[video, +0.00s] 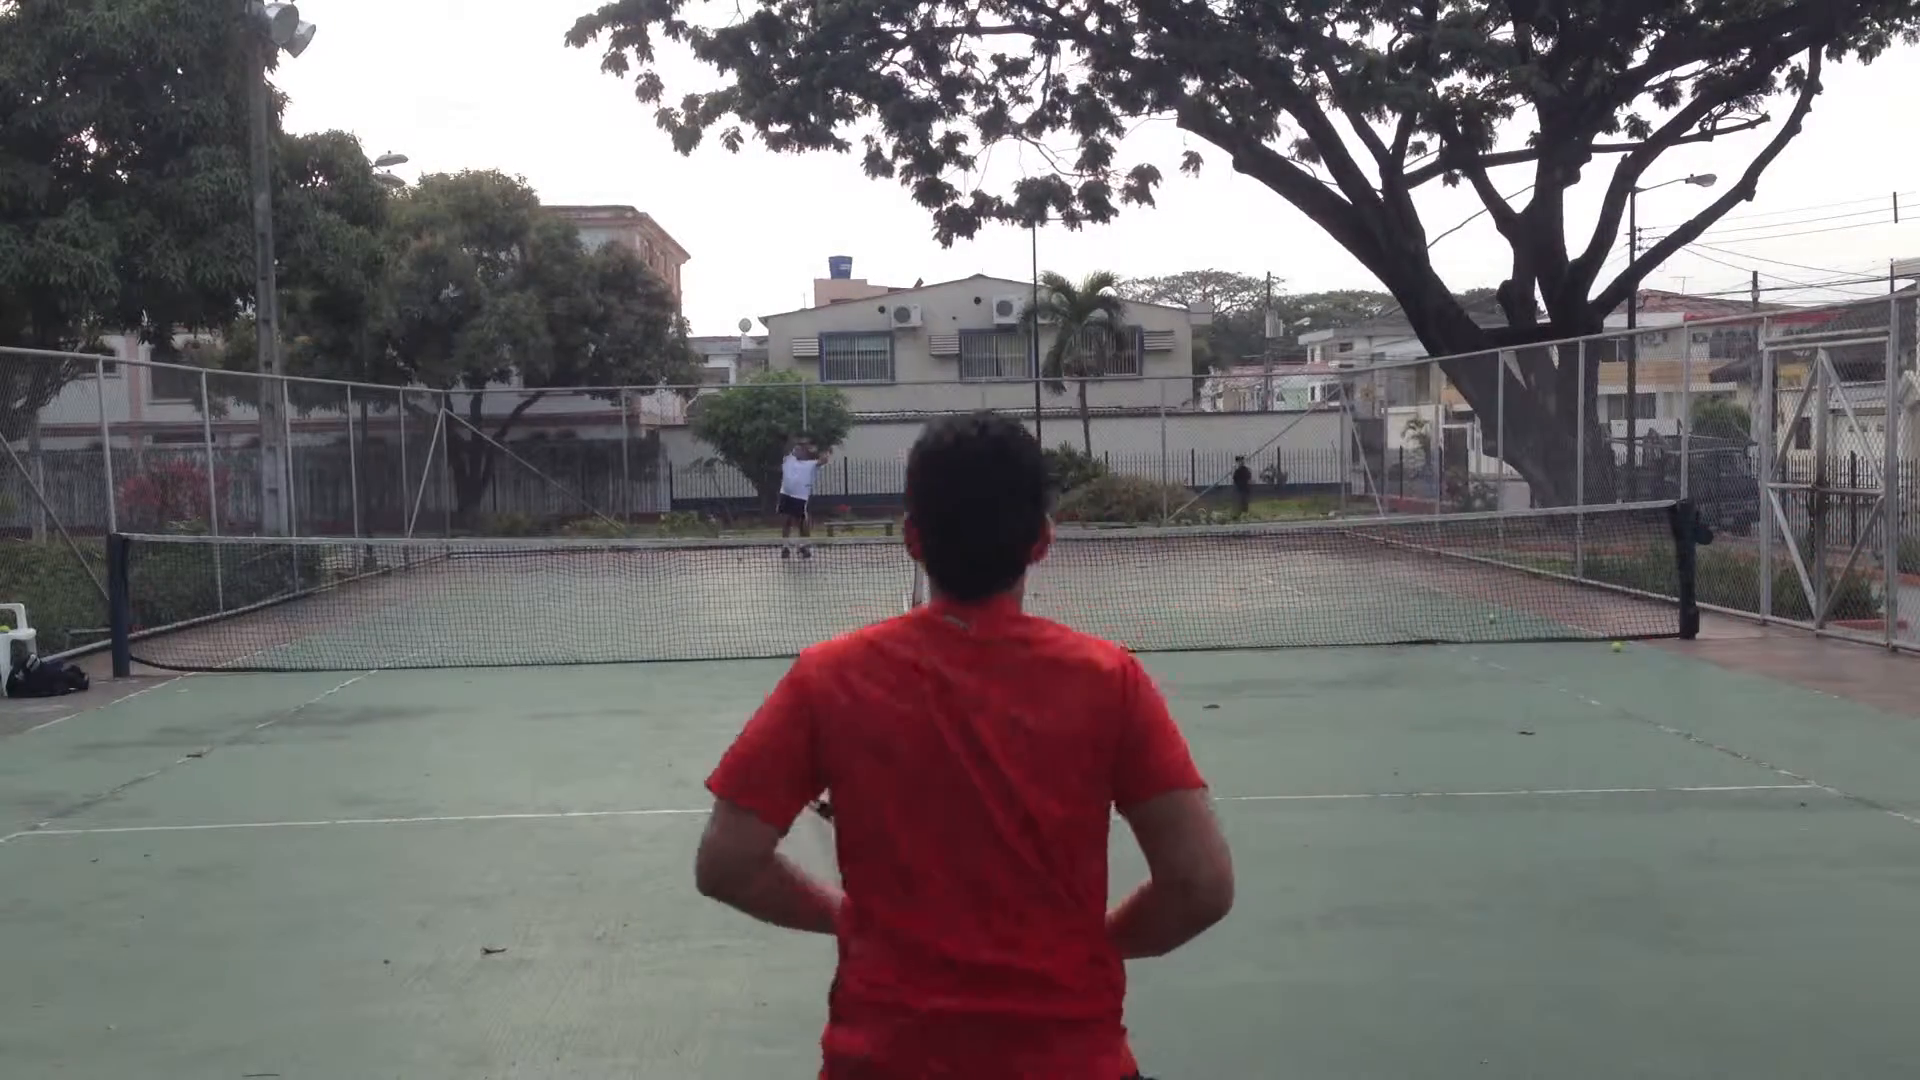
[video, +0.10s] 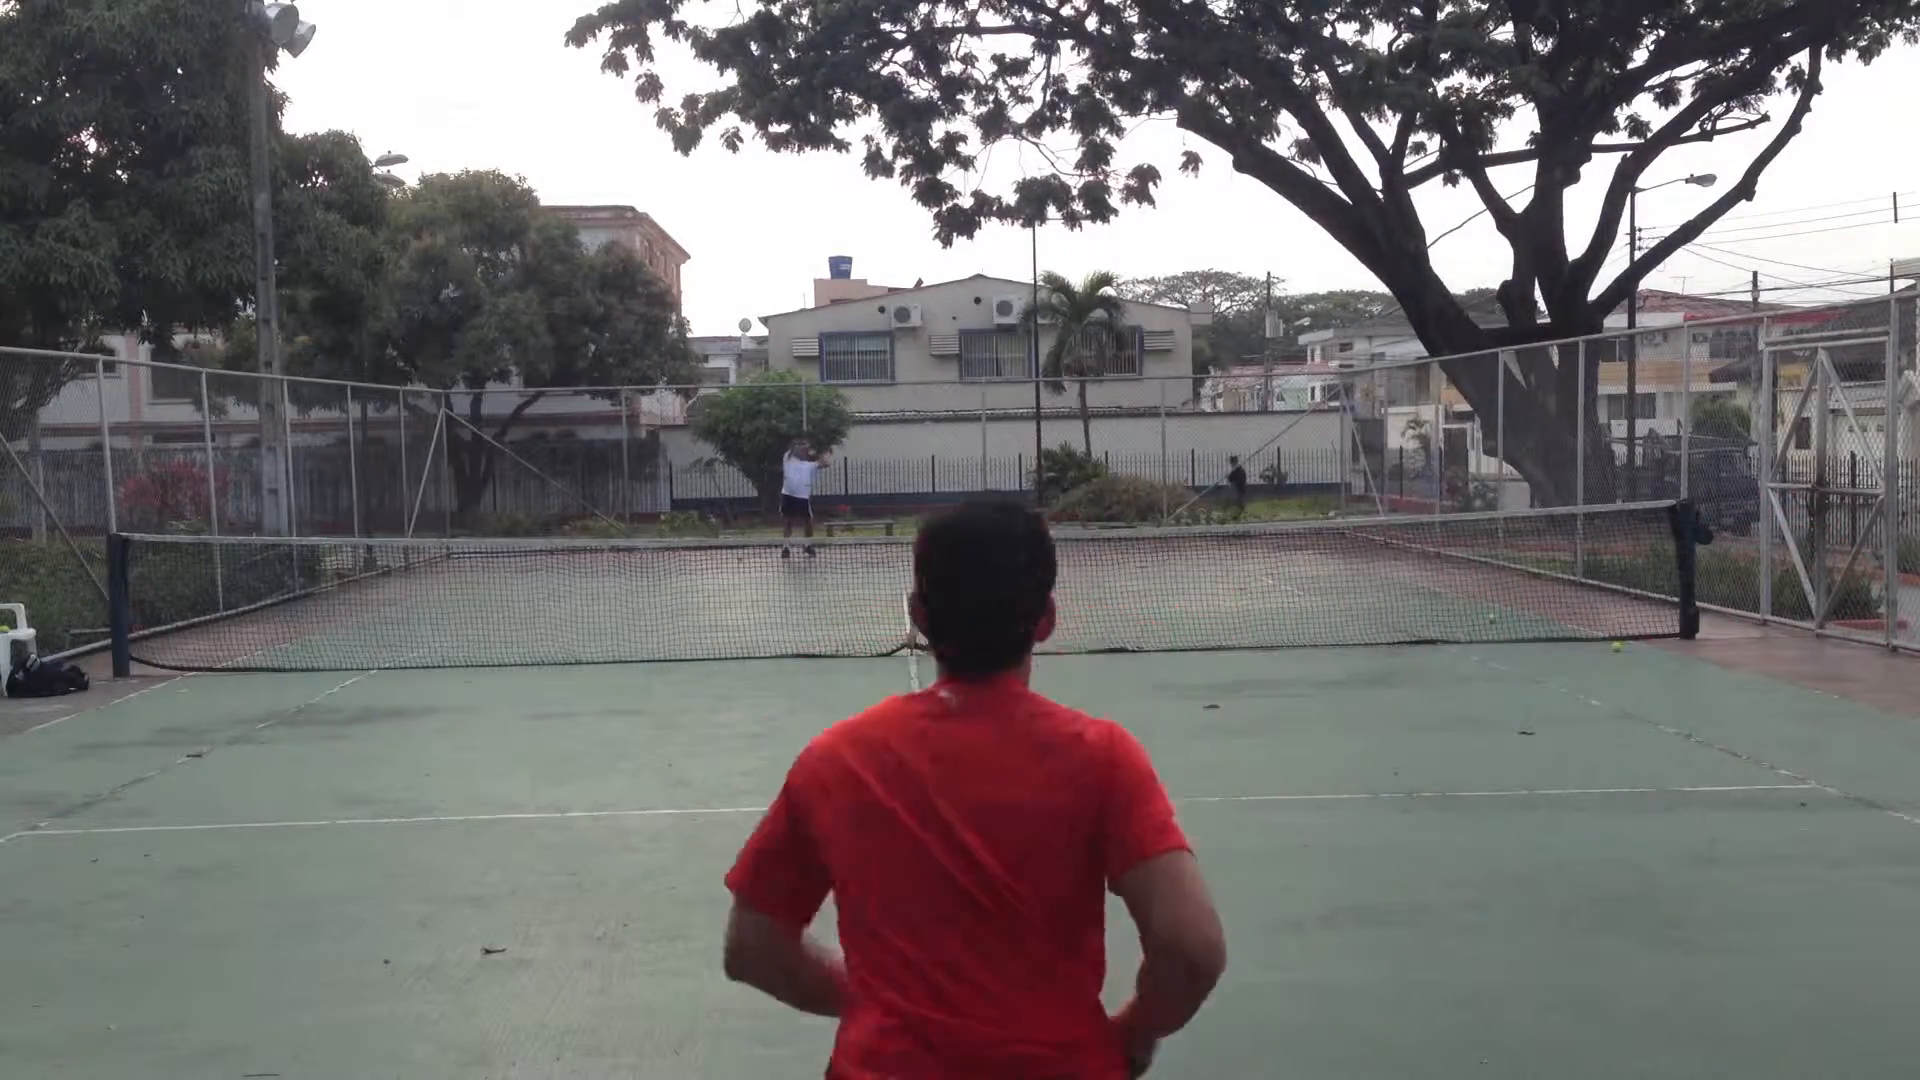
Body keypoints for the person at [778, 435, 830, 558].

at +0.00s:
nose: (798, 451)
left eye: (801, 449)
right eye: (797, 448)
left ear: (806, 452)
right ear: (794, 449)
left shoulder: (811, 463)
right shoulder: (788, 460)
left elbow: (823, 461)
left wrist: (824, 455)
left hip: (802, 497)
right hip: (786, 494)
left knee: (803, 523)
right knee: (786, 520)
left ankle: (804, 546)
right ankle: (785, 545)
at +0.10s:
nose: (804, 450)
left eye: (806, 448)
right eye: (801, 447)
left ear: (808, 450)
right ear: (794, 450)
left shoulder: (811, 464)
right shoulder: (789, 462)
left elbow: (823, 463)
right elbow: (788, 452)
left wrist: (824, 457)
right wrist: (797, 446)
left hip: (804, 496)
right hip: (788, 494)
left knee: (808, 521)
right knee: (787, 521)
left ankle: (808, 545)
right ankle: (786, 546)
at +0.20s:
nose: (804, 454)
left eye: (806, 452)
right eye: (801, 452)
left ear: (809, 454)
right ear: (797, 453)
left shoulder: (811, 466)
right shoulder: (790, 463)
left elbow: (825, 468)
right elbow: (791, 458)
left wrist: (823, 459)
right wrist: (797, 452)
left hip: (806, 498)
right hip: (791, 497)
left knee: (813, 523)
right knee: (790, 522)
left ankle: (814, 545)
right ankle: (786, 546)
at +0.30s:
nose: (800, 449)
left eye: (803, 447)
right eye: (799, 447)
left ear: (809, 451)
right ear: (798, 451)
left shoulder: (814, 466)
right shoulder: (794, 461)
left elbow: (827, 475)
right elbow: (801, 464)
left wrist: (825, 464)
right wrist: (812, 458)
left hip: (811, 499)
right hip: (796, 498)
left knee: (817, 522)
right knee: (792, 522)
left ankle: (818, 546)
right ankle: (787, 546)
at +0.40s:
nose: (811, 455)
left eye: (812, 452)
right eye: (808, 452)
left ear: (817, 453)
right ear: (805, 453)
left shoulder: (819, 466)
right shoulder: (801, 465)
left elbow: (828, 481)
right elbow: (802, 474)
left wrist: (829, 471)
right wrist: (818, 468)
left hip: (817, 499)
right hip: (802, 499)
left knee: (822, 523)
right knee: (796, 524)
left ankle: (819, 546)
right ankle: (788, 547)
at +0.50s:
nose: (817, 455)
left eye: (819, 453)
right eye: (815, 453)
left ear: (821, 454)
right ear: (810, 455)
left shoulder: (825, 468)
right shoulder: (806, 469)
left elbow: (831, 483)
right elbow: (805, 482)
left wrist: (831, 476)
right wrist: (823, 479)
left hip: (823, 500)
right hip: (809, 501)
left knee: (827, 525)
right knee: (802, 525)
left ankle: (820, 546)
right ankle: (791, 547)